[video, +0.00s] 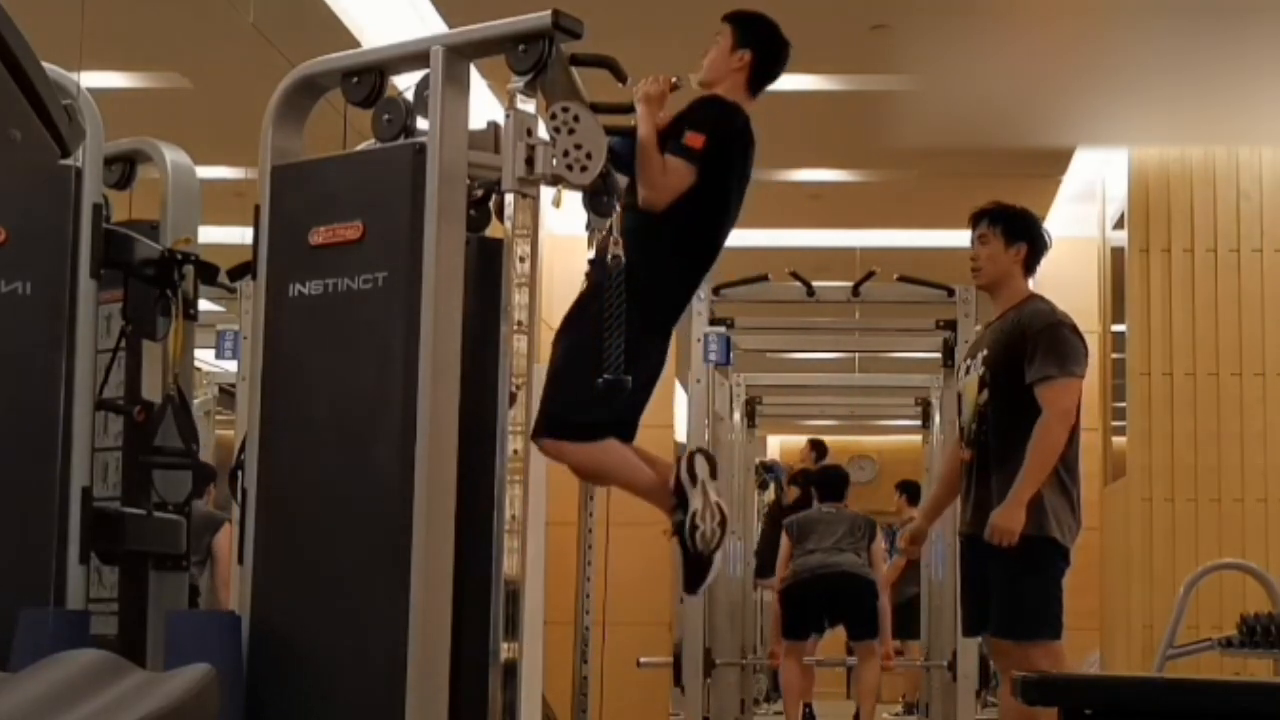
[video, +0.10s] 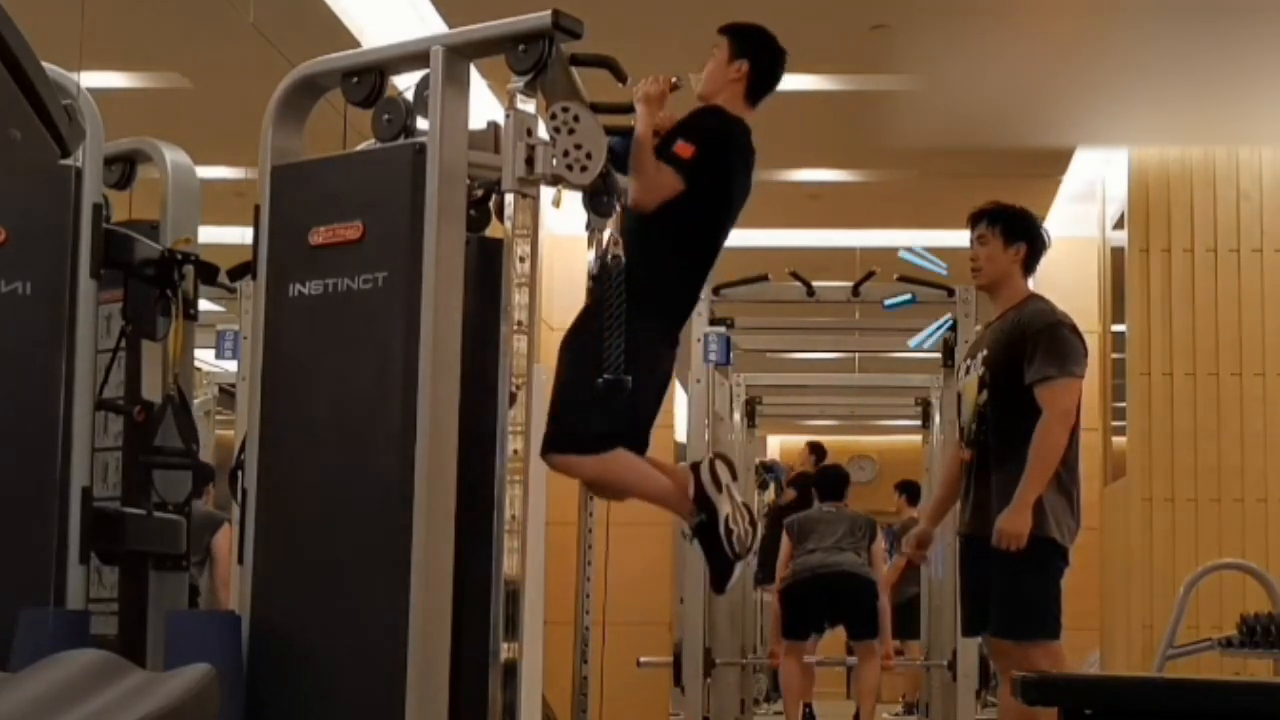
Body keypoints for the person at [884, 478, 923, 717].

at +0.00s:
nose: (894, 500)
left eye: (896, 496)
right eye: (895, 496)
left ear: (903, 497)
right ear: (912, 498)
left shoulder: (911, 523)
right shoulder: (910, 521)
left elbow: (900, 558)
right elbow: (901, 556)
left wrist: (884, 582)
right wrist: (887, 578)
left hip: (911, 590)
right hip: (908, 590)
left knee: (911, 647)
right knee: (909, 647)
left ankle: (911, 700)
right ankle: (912, 699)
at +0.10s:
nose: (893, 501)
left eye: (895, 496)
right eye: (895, 496)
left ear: (903, 498)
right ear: (913, 499)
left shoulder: (908, 525)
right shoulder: (911, 523)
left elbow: (902, 558)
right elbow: (902, 557)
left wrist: (885, 584)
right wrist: (888, 581)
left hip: (910, 592)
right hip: (909, 590)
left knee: (912, 647)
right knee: (909, 647)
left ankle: (911, 700)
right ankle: (912, 699)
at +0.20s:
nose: (893, 501)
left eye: (895, 496)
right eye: (895, 496)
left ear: (902, 498)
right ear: (915, 498)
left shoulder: (906, 525)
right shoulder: (916, 523)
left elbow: (901, 560)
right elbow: (904, 559)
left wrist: (884, 586)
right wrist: (888, 582)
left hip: (908, 592)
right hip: (914, 590)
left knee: (911, 647)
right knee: (912, 647)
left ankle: (911, 700)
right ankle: (912, 699)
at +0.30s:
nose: (893, 500)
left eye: (895, 496)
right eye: (895, 496)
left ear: (901, 498)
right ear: (915, 498)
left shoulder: (906, 525)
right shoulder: (914, 523)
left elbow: (901, 560)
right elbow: (903, 559)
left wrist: (885, 586)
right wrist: (890, 583)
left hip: (908, 592)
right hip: (915, 590)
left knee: (911, 646)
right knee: (913, 647)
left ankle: (910, 702)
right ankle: (914, 700)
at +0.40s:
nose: (892, 501)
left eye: (894, 497)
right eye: (893, 496)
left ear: (901, 498)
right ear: (914, 499)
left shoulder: (906, 526)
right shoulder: (916, 523)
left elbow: (901, 561)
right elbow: (903, 560)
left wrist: (886, 587)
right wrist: (891, 583)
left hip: (909, 593)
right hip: (916, 591)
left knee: (911, 646)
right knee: (914, 647)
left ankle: (911, 701)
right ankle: (914, 699)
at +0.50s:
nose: (891, 503)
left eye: (893, 498)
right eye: (893, 498)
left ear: (901, 499)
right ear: (913, 500)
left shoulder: (906, 527)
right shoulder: (915, 524)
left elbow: (901, 561)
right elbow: (903, 561)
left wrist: (887, 589)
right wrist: (891, 587)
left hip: (908, 593)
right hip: (914, 591)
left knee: (910, 647)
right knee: (912, 647)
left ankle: (911, 700)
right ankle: (913, 698)